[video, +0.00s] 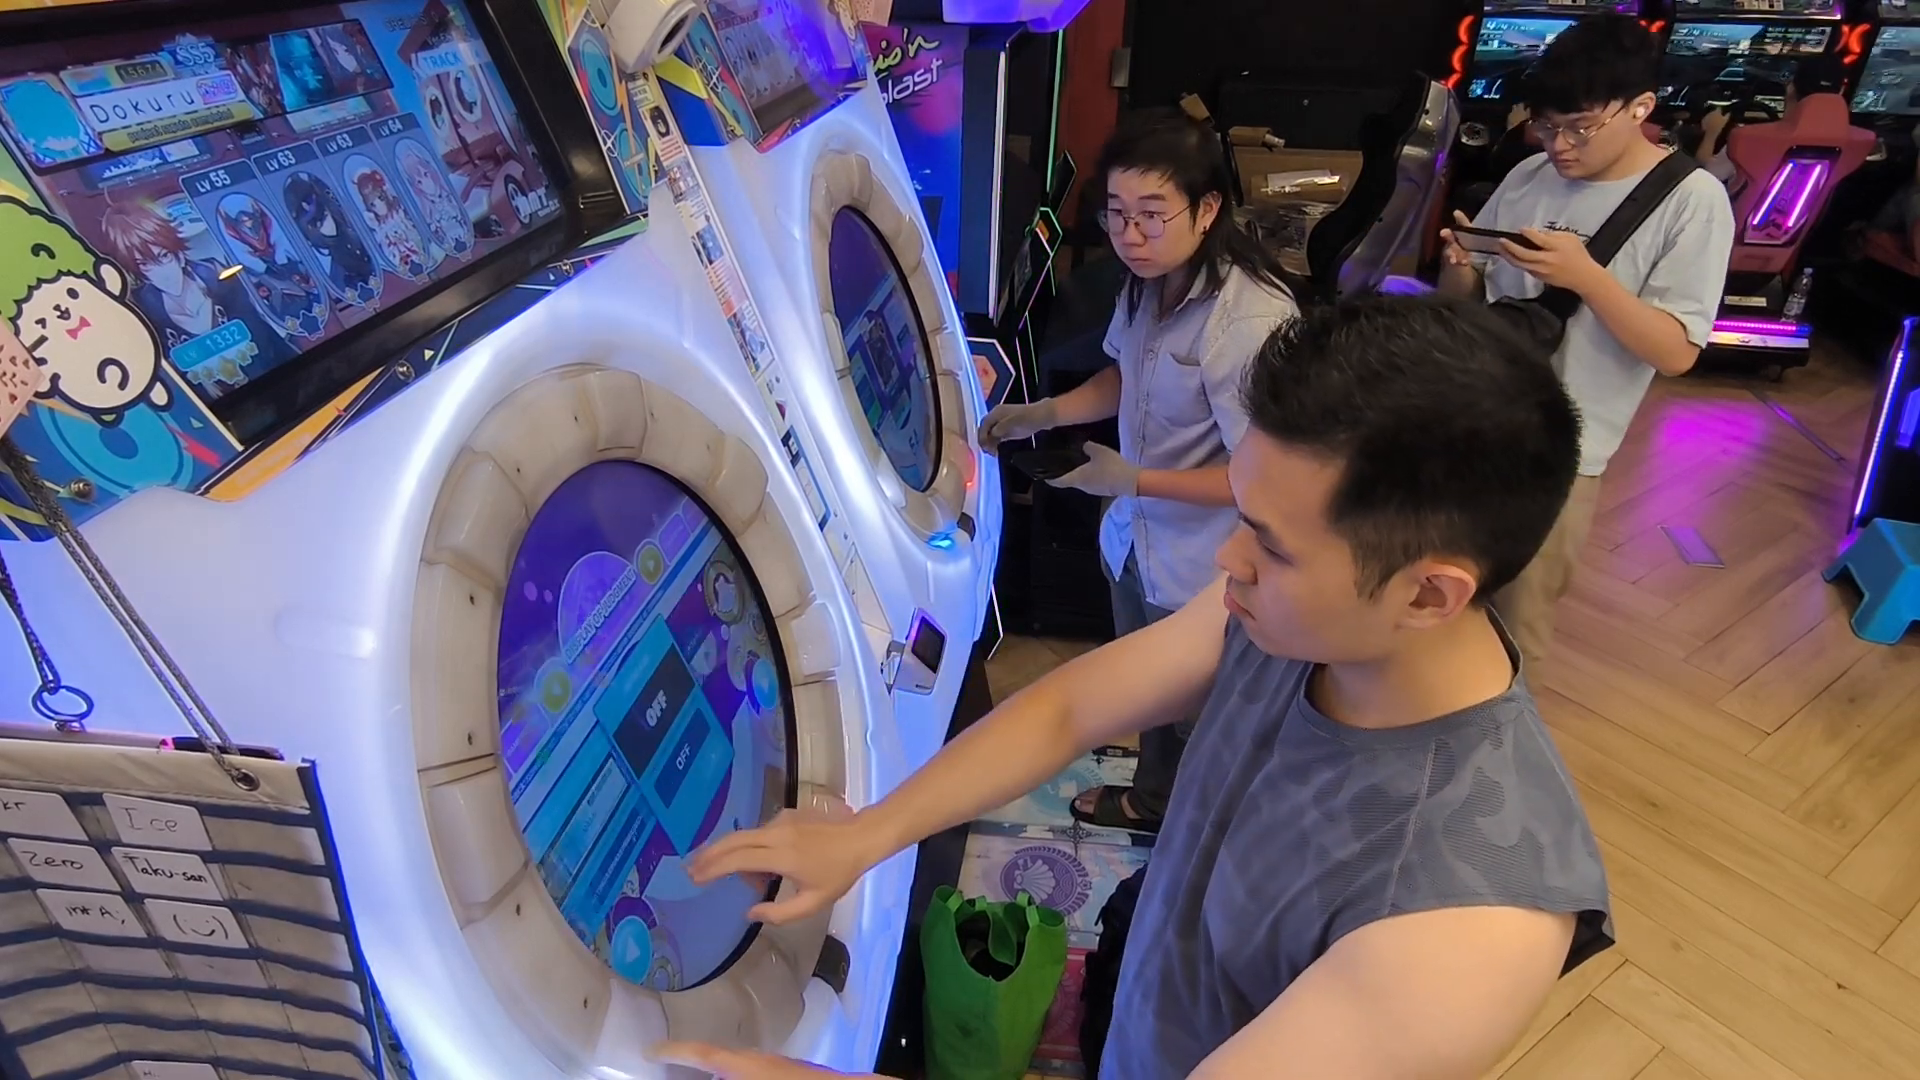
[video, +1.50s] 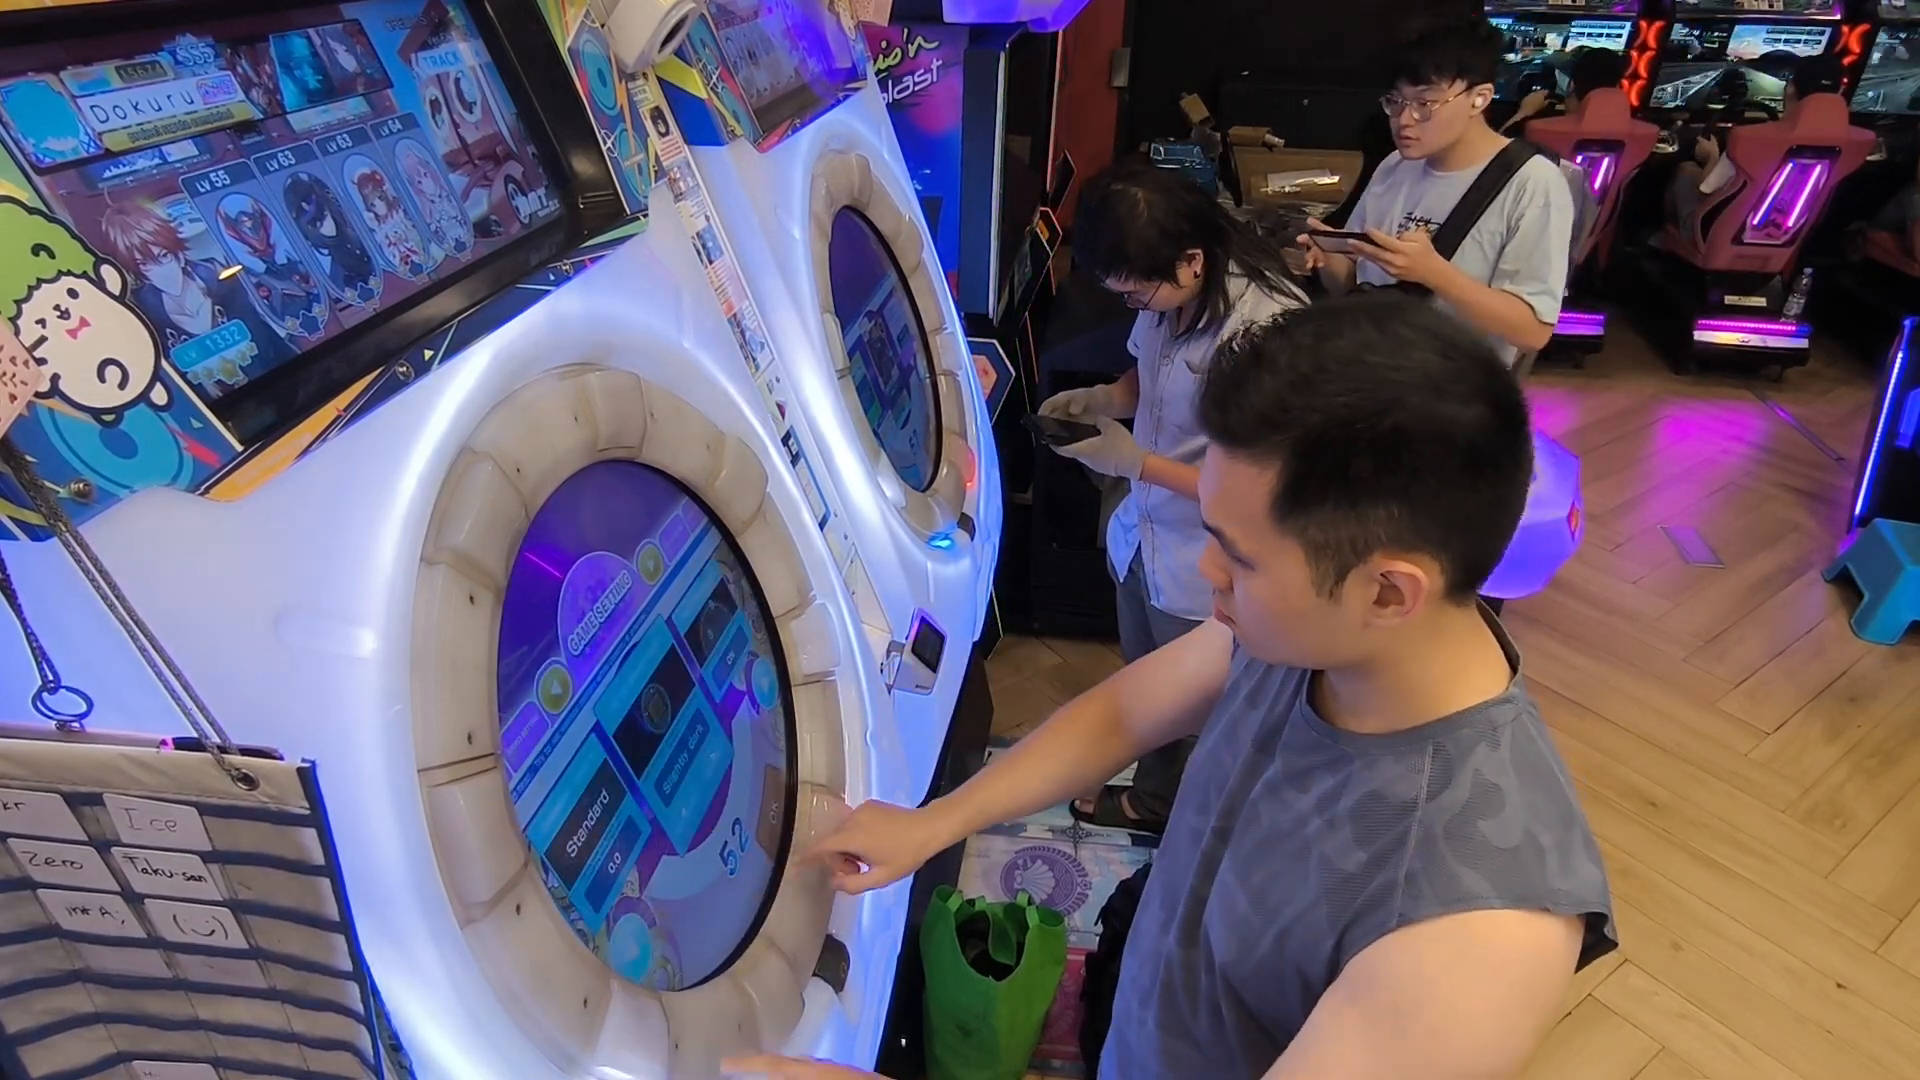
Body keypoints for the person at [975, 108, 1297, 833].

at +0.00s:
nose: (1130, 233)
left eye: (1152, 214)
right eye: (1117, 212)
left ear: (1207, 212)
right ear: (1105, 209)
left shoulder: (1247, 324)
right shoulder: (1145, 284)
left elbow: (1259, 481)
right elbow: (1124, 379)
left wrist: (1134, 479)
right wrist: (1043, 414)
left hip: (1202, 567)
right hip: (1135, 534)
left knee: (1187, 706)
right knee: (1145, 684)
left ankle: (1173, 817)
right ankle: (1151, 789)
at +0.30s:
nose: (1137, 236)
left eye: (1161, 218)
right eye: (1125, 214)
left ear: (1216, 216)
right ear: (1113, 208)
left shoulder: (1256, 328)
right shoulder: (1148, 288)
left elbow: (1256, 485)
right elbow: (1126, 379)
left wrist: (1141, 482)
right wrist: (1049, 411)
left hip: (1210, 567)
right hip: (1140, 534)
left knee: (1199, 705)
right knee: (1148, 681)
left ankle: (1198, 820)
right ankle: (1154, 792)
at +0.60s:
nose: (1128, 268)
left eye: (1143, 254)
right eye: (1119, 251)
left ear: (1204, 233)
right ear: (1109, 228)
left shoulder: (1262, 331)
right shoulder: (1155, 286)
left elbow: (1266, 488)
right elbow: (1133, 383)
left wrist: (1142, 471)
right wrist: (1090, 405)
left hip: (1211, 557)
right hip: (1148, 530)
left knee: (1197, 702)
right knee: (1153, 678)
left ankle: (1197, 829)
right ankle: (1152, 794)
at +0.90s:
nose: (1128, 283)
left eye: (1138, 271)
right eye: (1120, 270)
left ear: (1195, 248)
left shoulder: (1261, 332)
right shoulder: (1163, 291)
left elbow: (1267, 489)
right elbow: (1148, 387)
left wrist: (1142, 467)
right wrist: (1093, 403)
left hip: (1219, 547)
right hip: (1155, 526)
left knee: (1206, 690)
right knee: (1154, 669)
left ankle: (1199, 815)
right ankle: (1151, 790)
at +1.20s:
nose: (1128, 293)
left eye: (1138, 281)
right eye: (1120, 281)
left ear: (1193, 259)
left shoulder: (1263, 336)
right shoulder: (1171, 295)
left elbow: (1259, 487)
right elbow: (1153, 385)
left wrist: (1139, 462)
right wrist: (1097, 402)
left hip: (1210, 546)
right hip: (1148, 525)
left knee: (1190, 687)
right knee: (1148, 675)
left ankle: (1180, 806)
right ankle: (1151, 791)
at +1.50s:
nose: (1129, 300)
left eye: (1138, 288)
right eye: (1120, 289)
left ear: (1192, 264)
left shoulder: (1262, 336)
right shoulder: (1167, 300)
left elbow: (1253, 489)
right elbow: (1147, 385)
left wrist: (1140, 463)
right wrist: (1096, 402)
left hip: (1205, 552)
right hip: (1144, 530)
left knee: (1184, 696)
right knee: (1143, 683)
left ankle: (1167, 809)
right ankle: (1144, 794)